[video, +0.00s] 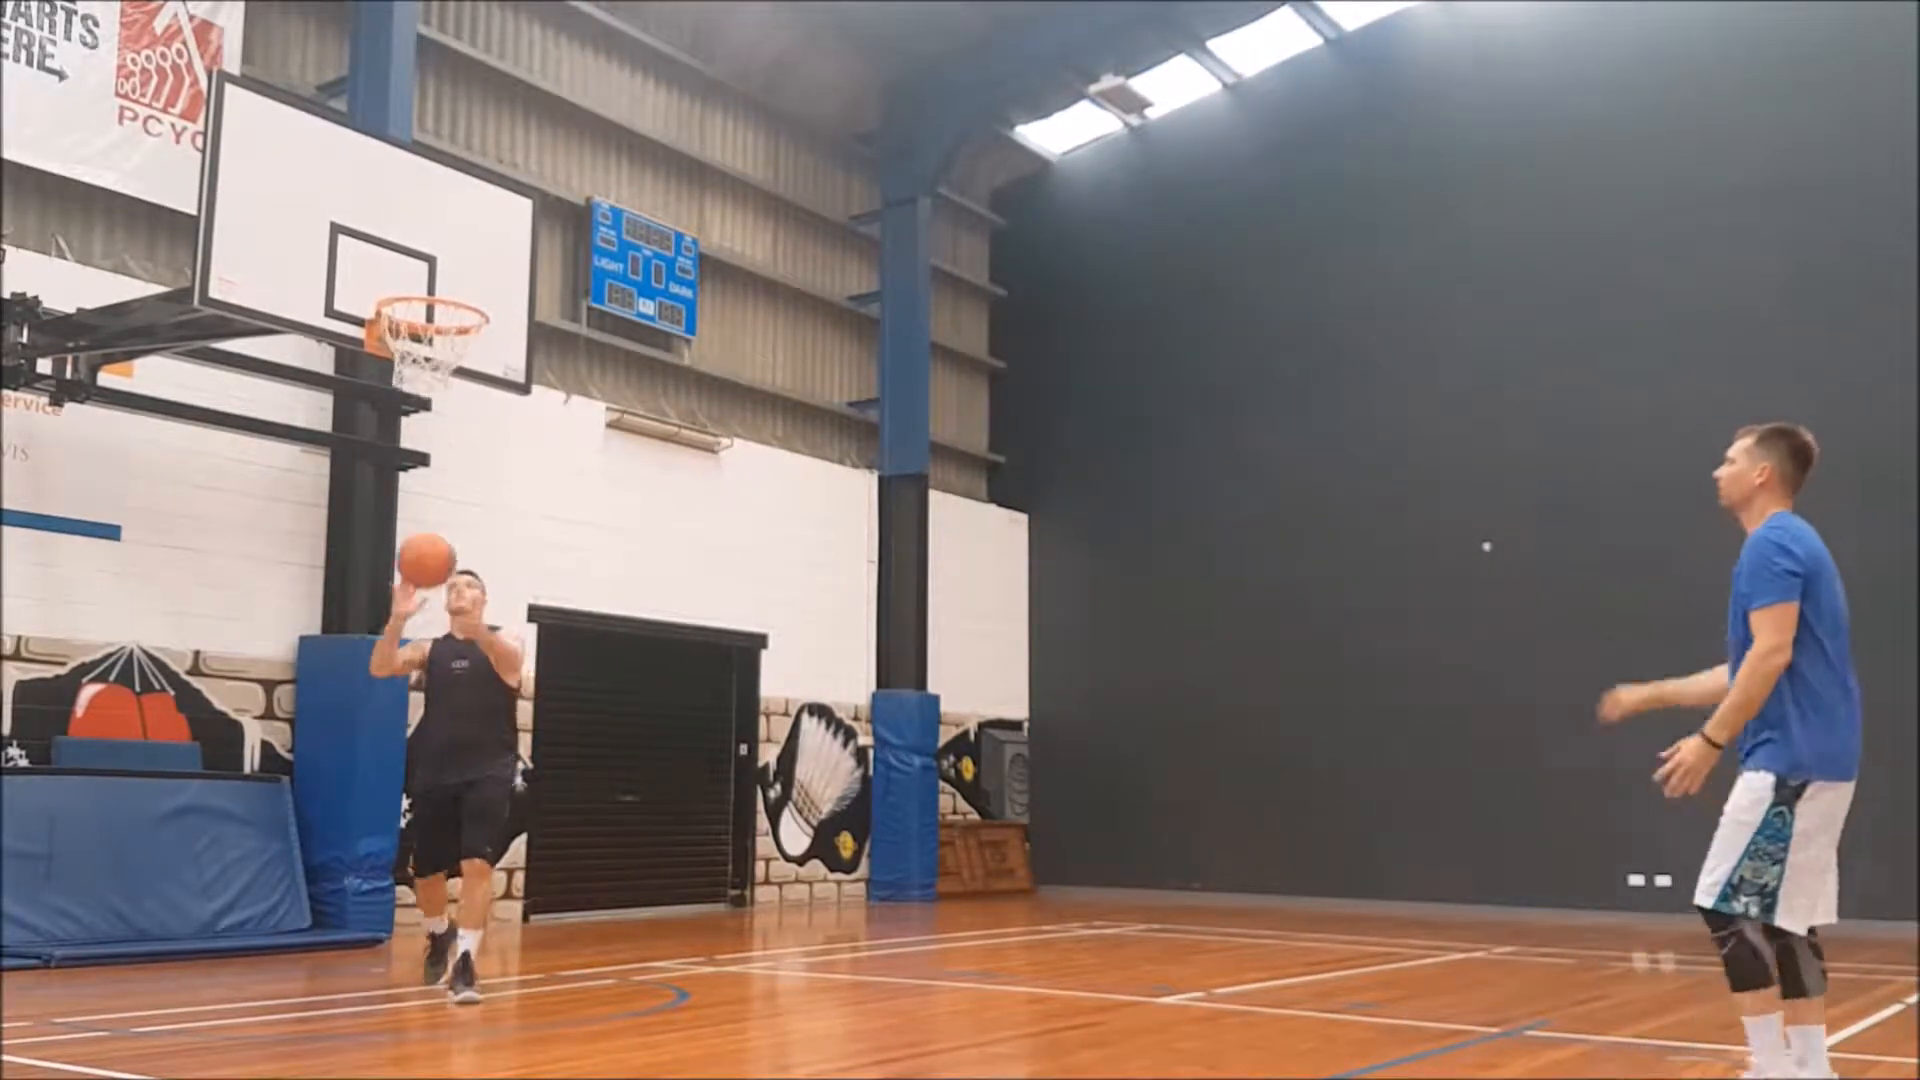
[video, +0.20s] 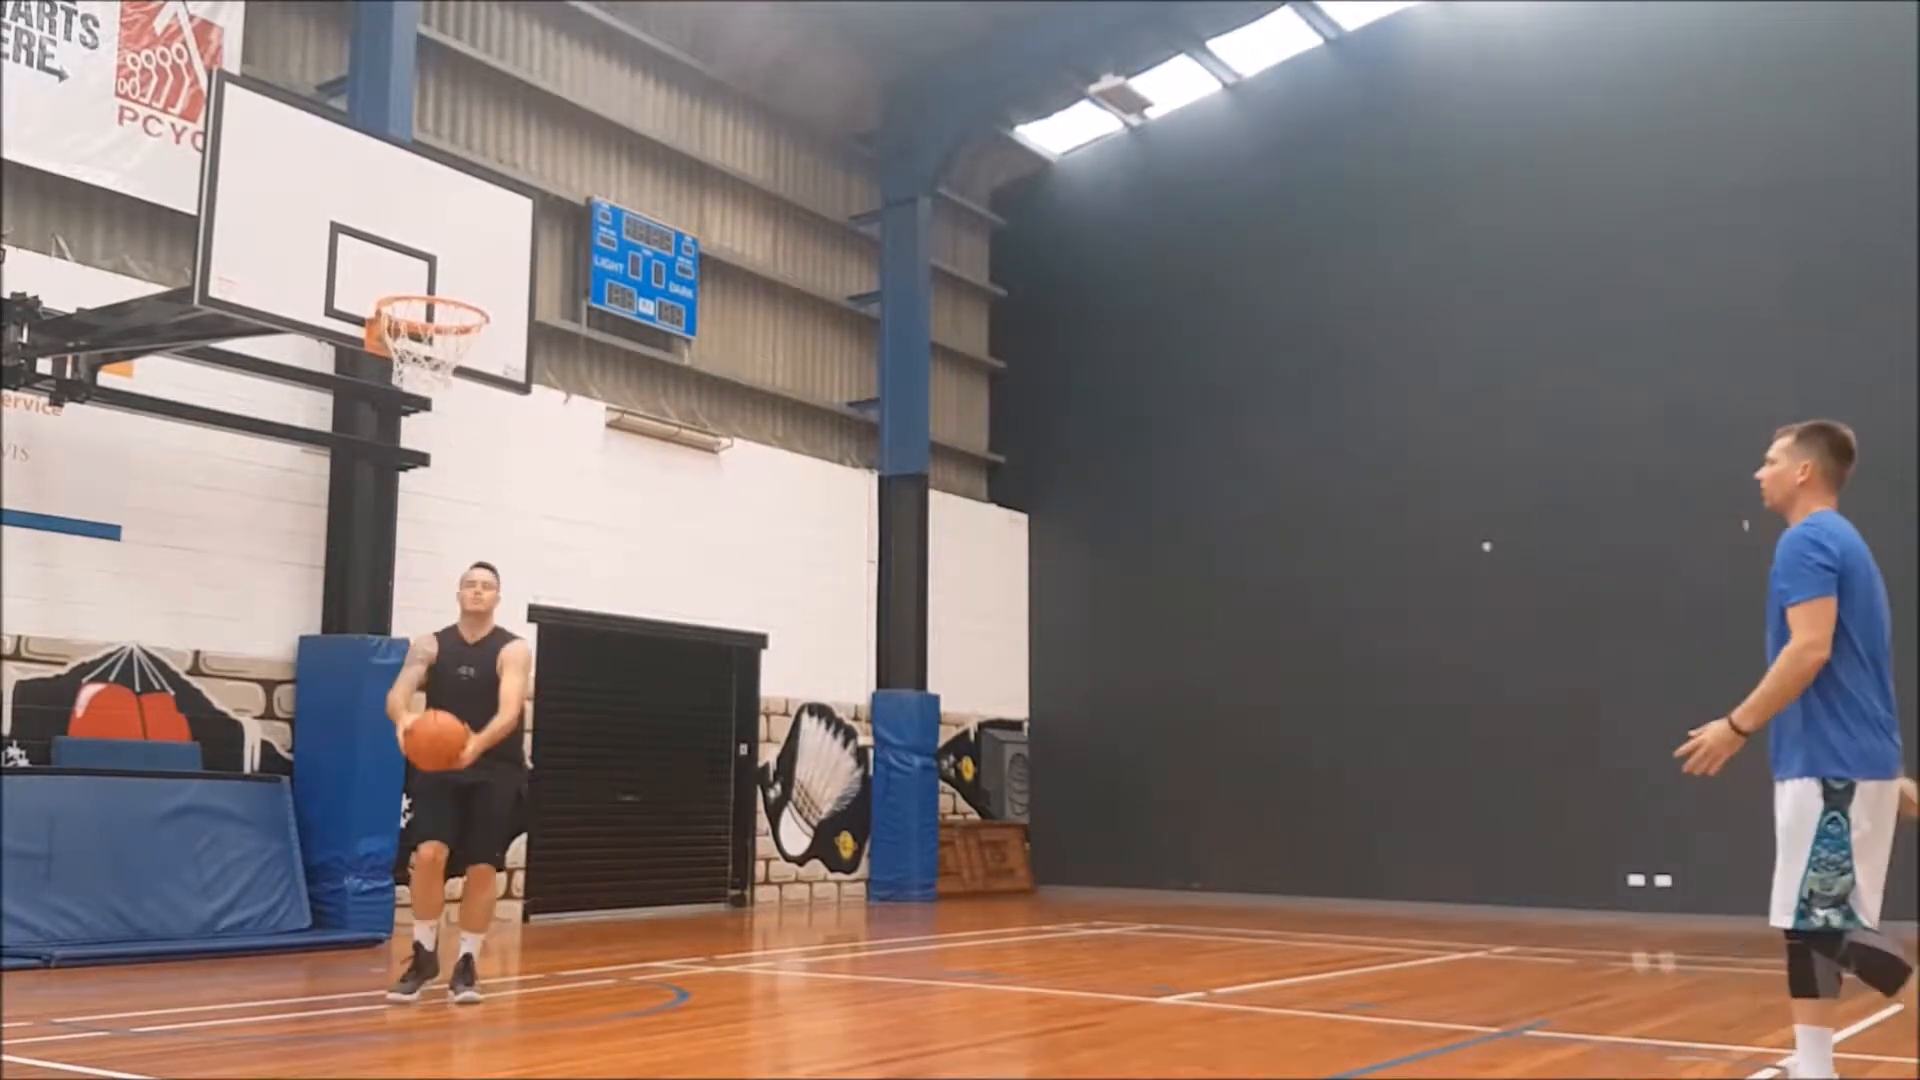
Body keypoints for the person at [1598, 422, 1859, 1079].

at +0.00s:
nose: (1717, 472)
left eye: (1728, 461)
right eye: (1722, 461)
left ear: (1762, 474)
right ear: (1767, 478)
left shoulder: (1771, 544)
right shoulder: (1792, 543)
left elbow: (1773, 654)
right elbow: (1744, 670)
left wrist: (1710, 741)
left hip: (1792, 759)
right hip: (1818, 759)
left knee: (1725, 904)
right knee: (1788, 918)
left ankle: (1772, 1066)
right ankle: (1810, 1065)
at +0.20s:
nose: (1759, 473)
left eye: (1770, 462)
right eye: (1764, 462)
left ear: (1804, 471)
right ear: (1815, 475)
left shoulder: (1807, 539)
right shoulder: (1844, 542)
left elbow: (1808, 648)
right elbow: (1858, 670)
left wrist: (1735, 726)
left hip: (1829, 766)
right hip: (1851, 763)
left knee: (1812, 920)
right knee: (1817, 918)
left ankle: (1813, 1067)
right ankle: (1809, 1062)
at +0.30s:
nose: (1784, 476)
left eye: (1794, 464)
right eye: (1788, 464)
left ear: (1829, 473)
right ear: (1840, 476)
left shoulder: (1827, 543)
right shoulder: (1882, 551)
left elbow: (1832, 651)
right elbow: (1899, 660)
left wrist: (1757, 728)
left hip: (1848, 773)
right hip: (1889, 768)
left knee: (1818, 919)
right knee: (1815, 916)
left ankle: (1813, 1064)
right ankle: (1813, 1061)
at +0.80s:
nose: (1860, 472)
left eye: (1871, 459)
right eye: (1863, 460)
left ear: (1906, 468)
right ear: (1904, 469)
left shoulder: (1902, 542)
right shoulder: (1906, 542)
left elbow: (1868, 654)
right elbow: (1906, 678)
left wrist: (1769, 664)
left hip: (1918, 773)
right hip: (1915, 771)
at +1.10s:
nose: (1814, 479)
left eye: (1825, 466)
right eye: (1817, 467)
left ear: (1863, 474)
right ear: (1865, 477)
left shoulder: (1889, 545)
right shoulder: (1875, 548)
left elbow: (1861, 661)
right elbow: (1826, 653)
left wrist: (1751, 671)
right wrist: (1737, 670)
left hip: (1905, 762)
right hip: (1903, 760)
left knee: (1823, 897)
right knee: (1829, 896)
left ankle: (1843, 1064)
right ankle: (1841, 1060)